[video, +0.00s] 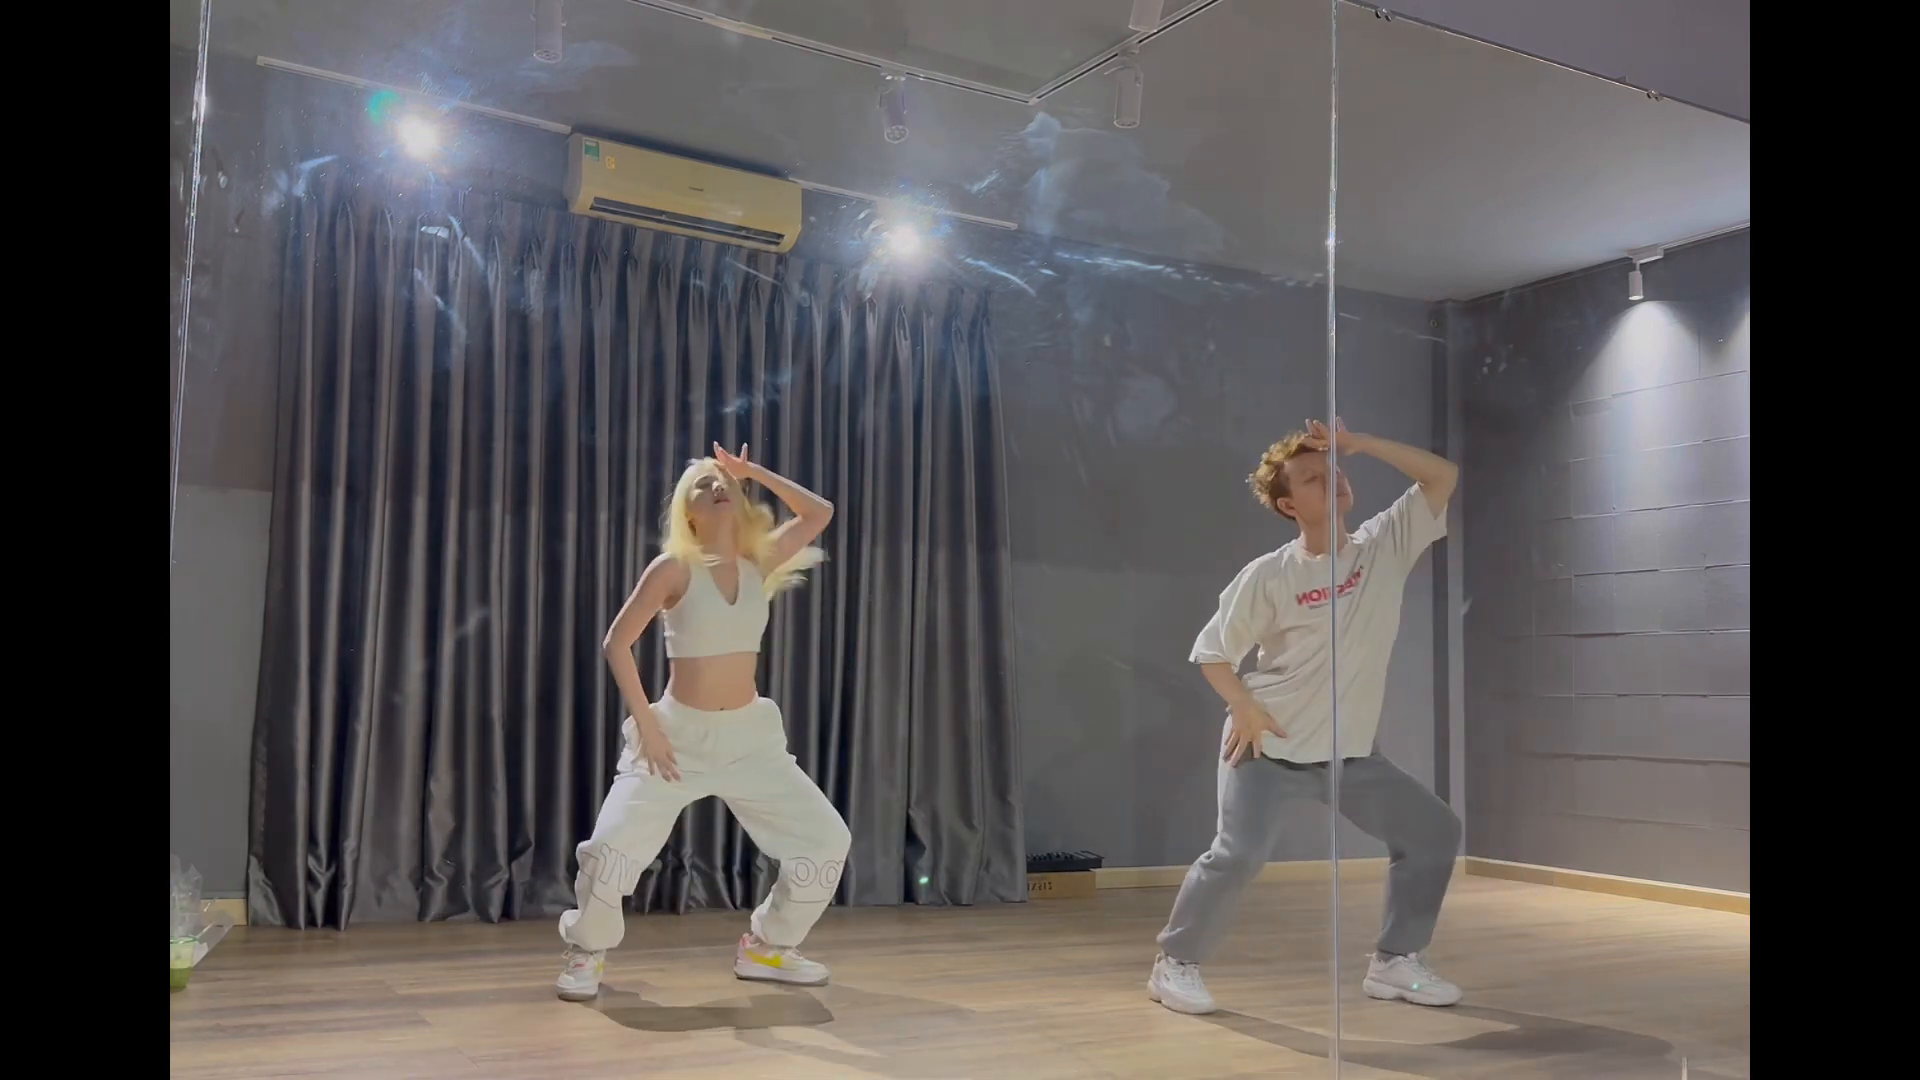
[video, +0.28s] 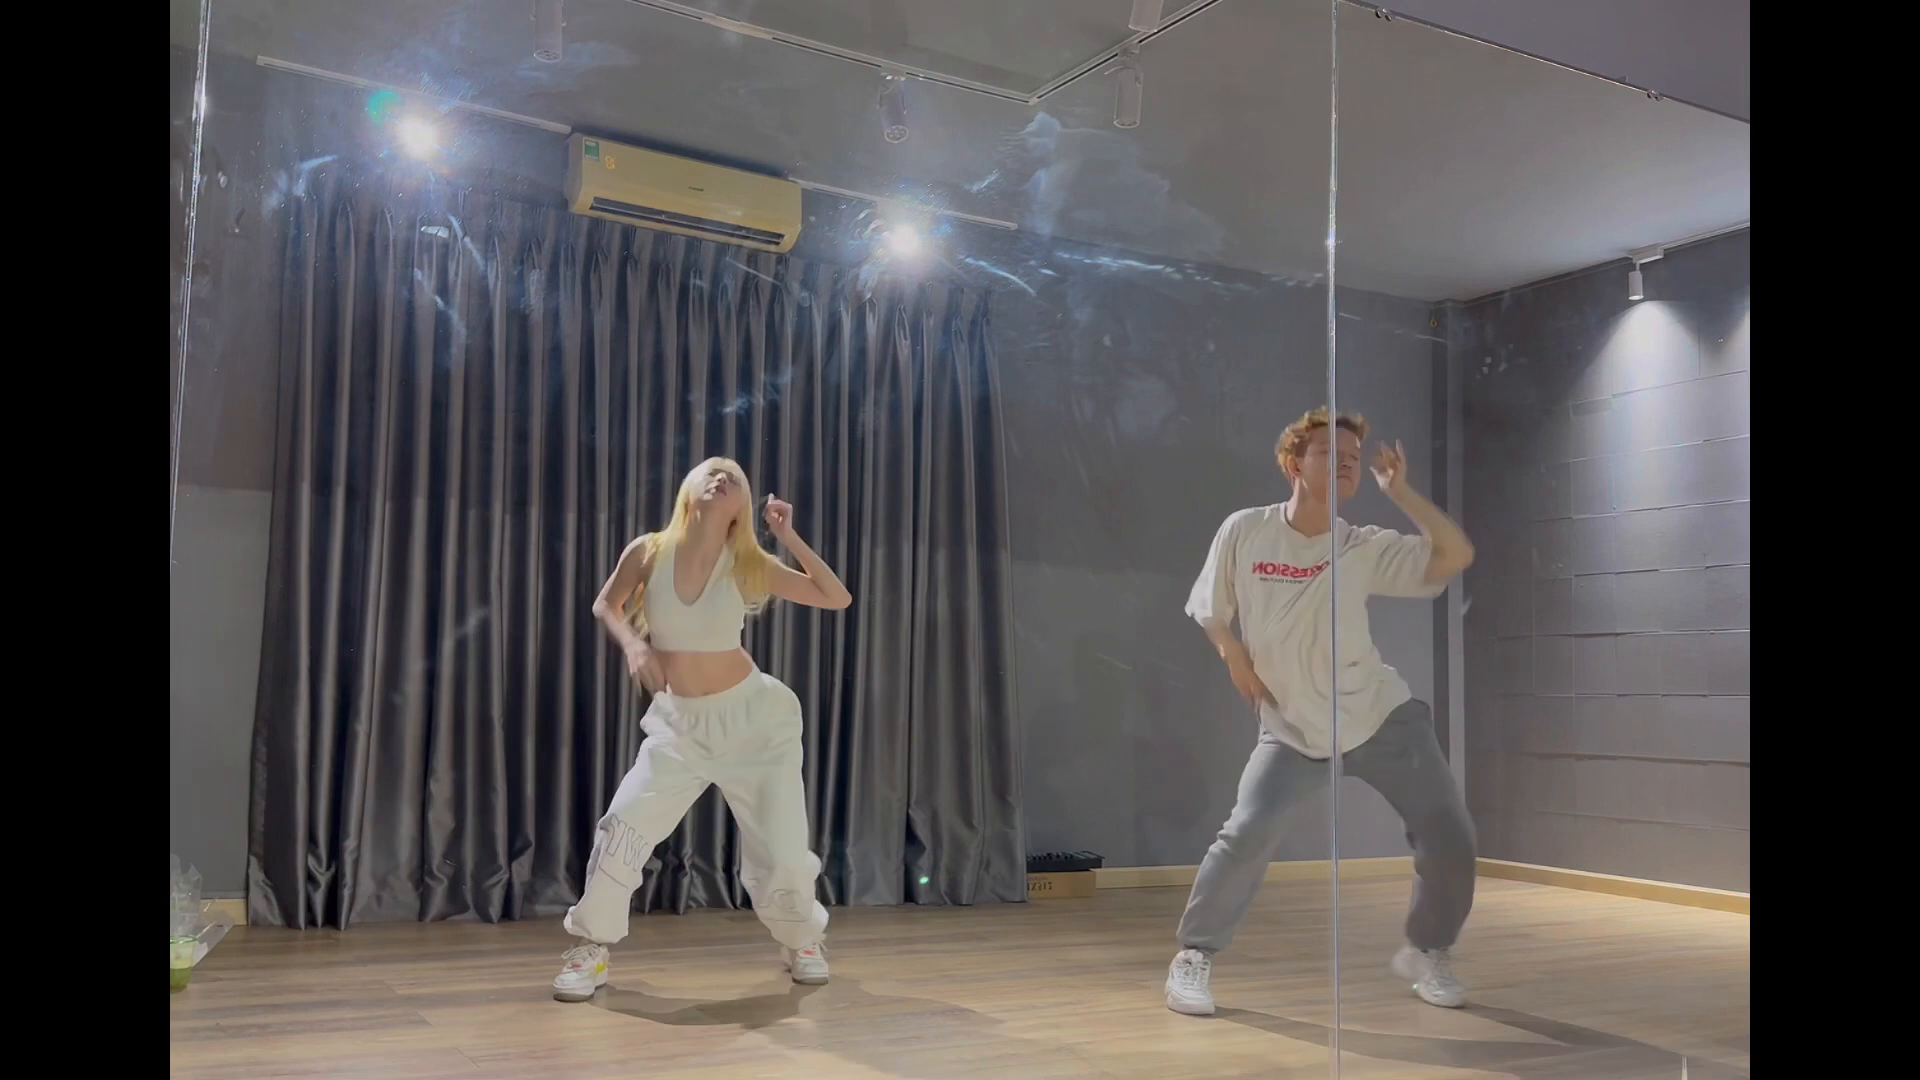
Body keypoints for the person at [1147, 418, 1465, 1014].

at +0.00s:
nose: (1337, 482)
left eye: (1337, 472)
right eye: (1318, 478)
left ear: (1349, 479)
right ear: (1288, 503)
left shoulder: (1383, 547)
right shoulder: (1267, 577)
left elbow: (1441, 477)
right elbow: (1210, 652)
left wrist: (1361, 443)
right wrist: (1243, 703)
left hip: (1349, 755)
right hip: (1269, 754)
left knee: (1434, 831)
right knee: (1238, 854)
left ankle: (1394, 962)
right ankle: (1175, 964)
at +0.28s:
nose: (1342, 464)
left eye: (1351, 456)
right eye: (1328, 453)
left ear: (1359, 472)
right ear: (1294, 464)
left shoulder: (1364, 548)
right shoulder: (1243, 533)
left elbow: (1455, 553)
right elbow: (1210, 607)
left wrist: (1402, 494)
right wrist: (1237, 661)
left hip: (1379, 713)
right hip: (1292, 725)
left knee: (1452, 836)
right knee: (1246, 832)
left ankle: (1426, 951)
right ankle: (1193, 958)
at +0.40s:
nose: (1326, 471)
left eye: (1335, 459)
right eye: (1311, 460)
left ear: (1347, 462)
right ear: (1284, 467)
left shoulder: (1378, 529)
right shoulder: (1255, 525)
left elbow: (1419, 602)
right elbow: (1187, 576)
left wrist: (1374, 538)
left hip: (1378, 708)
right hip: (1294, 712)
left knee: (1422, 837)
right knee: (1249, 829)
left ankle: (1458, 951)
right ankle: (1194, 957)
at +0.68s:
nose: (1280, 442)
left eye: (1292, 431)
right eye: (1267, 432)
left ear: (1313, 440)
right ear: (1247, 442)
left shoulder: (1349, 515)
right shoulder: (1229, 511)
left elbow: (1443, 560)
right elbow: (1196, 550)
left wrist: (1378, 519)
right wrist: (1179, 538)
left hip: (1332, 698)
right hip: (1247, 696)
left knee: (1355, 830)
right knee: (1204, 810)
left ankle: (1427, 926)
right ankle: (1195, 957)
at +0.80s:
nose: (1268, 439)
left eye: (1278, 428)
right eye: (1254, 431)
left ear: (1297, 434)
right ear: (1235, 443)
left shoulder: (1334, 507)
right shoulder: (1212, 510)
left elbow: (1393, 564)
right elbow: (1133, 543)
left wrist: (1324, 528)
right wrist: (1152, 507)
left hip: (1297, 684)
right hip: (1219, 684)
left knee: (1241, 785)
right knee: (1189, 812)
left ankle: (1310, 890)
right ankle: (1194, 957)